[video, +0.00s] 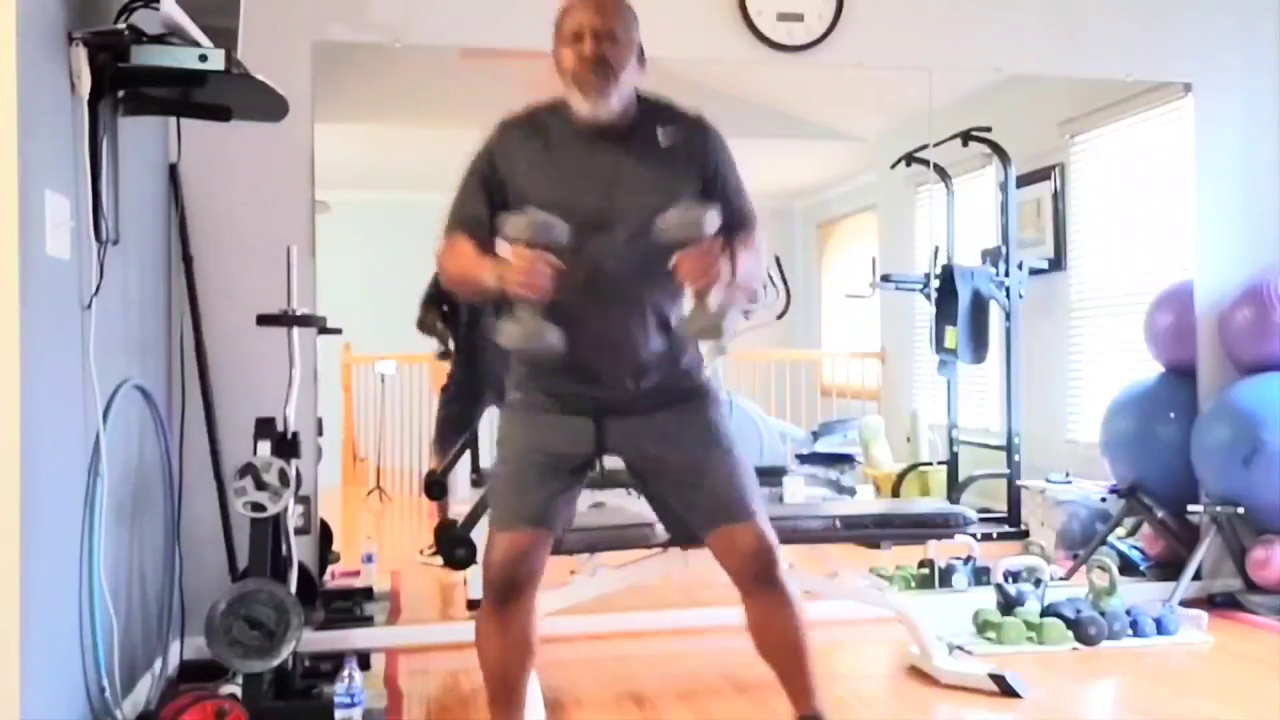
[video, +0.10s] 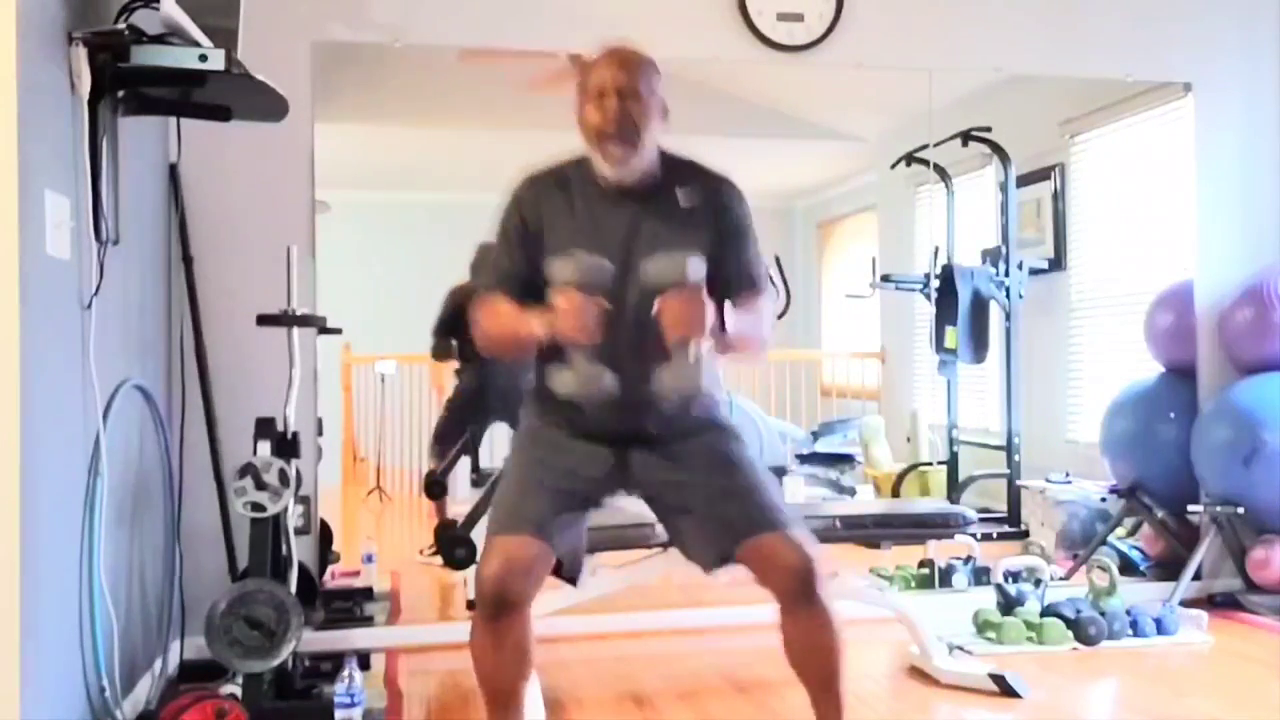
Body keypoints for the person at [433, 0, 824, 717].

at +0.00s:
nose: (591, 50)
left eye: (608, 36)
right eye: (576, 37)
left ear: (638, 54)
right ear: (554, 53)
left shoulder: (689, 141)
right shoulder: (514, 144)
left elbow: (748, 249)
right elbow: (453, 256)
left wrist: (728, 263)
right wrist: (501, 271)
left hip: (666, 390)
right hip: (547, 394)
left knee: (755, 556)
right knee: (508, 570)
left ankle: (811, 711)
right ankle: (510, 718)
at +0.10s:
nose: (612, 111)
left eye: (628, 96)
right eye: (597, 97)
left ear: (660, 109)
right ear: (579, 109)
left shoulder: (712, 198)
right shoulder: (540, 199)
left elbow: (757, 324)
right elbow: (487, 323)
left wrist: (715, 321)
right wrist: (545, 323)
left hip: (685, 430)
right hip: (564, 429)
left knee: (795, 572)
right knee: (500, 585)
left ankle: (832, 716)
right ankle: (506, 719)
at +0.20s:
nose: (644, 149)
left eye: (661, 136)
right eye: (629, 136)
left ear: (691, 149)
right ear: (609, 147)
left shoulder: (738, 231)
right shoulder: (568, 233)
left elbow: (779, 374)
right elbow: (526, 363)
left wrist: (730, 351)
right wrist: (584, 356)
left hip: (712, 452)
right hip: (592, 454)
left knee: (833, 577)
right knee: (502, 594)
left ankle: (841, 716)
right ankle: (510, 715)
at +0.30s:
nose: (674, 136)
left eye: (691, 122)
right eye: (659, 124)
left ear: (720, 137)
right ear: (639, 140)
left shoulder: (771, 222)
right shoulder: (595, 224)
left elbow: (819, 350)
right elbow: (545, 349)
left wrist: (773, 338)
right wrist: (597, 343)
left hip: (739, 443)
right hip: (619, 444)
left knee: (846, 584)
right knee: (531, 590)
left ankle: (843, 719)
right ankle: (514, 716)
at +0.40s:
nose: (701, 84)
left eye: (720, 69)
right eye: (687, 70)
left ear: (750, 84)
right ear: (668, 82)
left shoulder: (799, 174)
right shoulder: (623, 179)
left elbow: (849, 271)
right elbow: (569, 292)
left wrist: (833, 291)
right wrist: (596, 301)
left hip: (769, 412)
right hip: (650, 411)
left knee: (852, 572)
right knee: (571, 567)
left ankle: (844, 719)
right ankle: (531, 714)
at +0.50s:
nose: (719, 30)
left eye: (737, 14)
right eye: (706, 14)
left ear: (773, 23)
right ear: (691, 23)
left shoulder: (827, 118)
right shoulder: (652, 123)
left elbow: (874, 225)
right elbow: (608, 239)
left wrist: (889, 273)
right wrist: (608, 287)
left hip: (798, 370)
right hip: (683, 369)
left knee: (845, 558)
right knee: (620, 542)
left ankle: (843, 718)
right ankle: (595, 706)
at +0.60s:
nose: (739, 9)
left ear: (797, 9)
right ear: (708, 11)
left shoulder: (848, 99)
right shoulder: (672, 103)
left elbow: (912, 195)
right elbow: (621, 212)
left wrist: (930, 238)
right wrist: (603, 249)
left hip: (818, 360)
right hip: (706, 359)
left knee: (841, 553)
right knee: (658, 541)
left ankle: (844, 714)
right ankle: (697, 702)